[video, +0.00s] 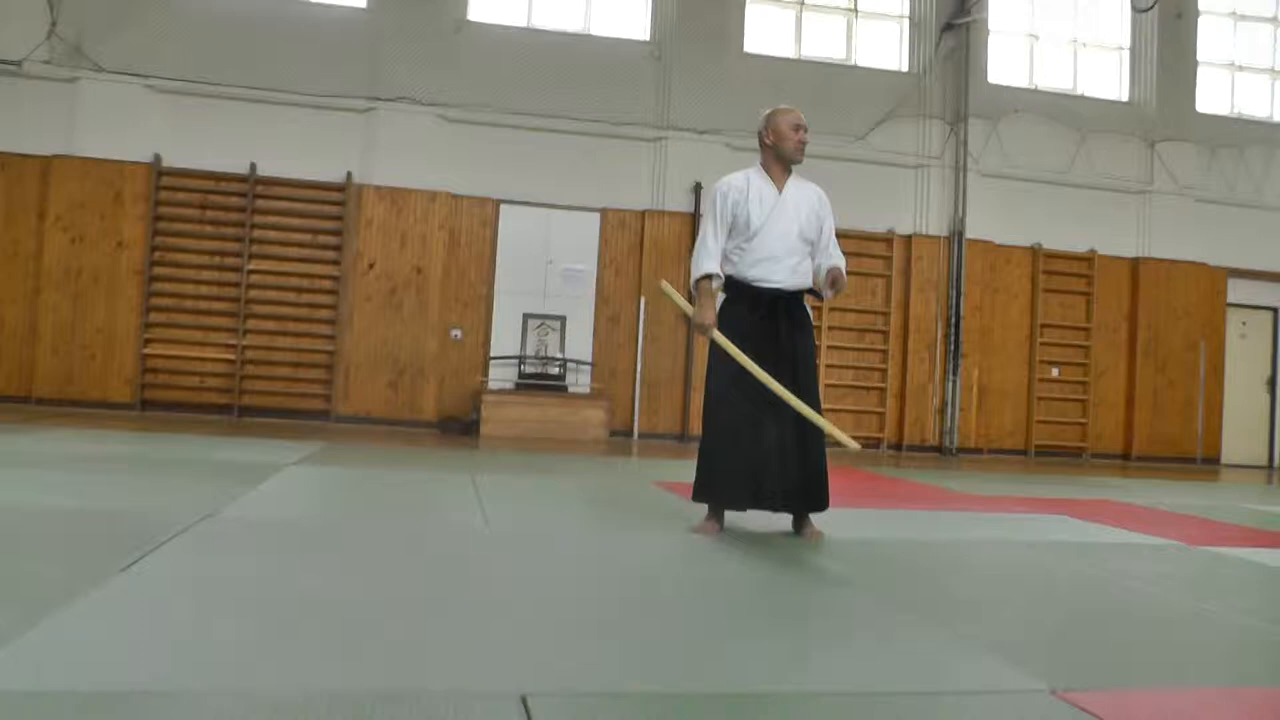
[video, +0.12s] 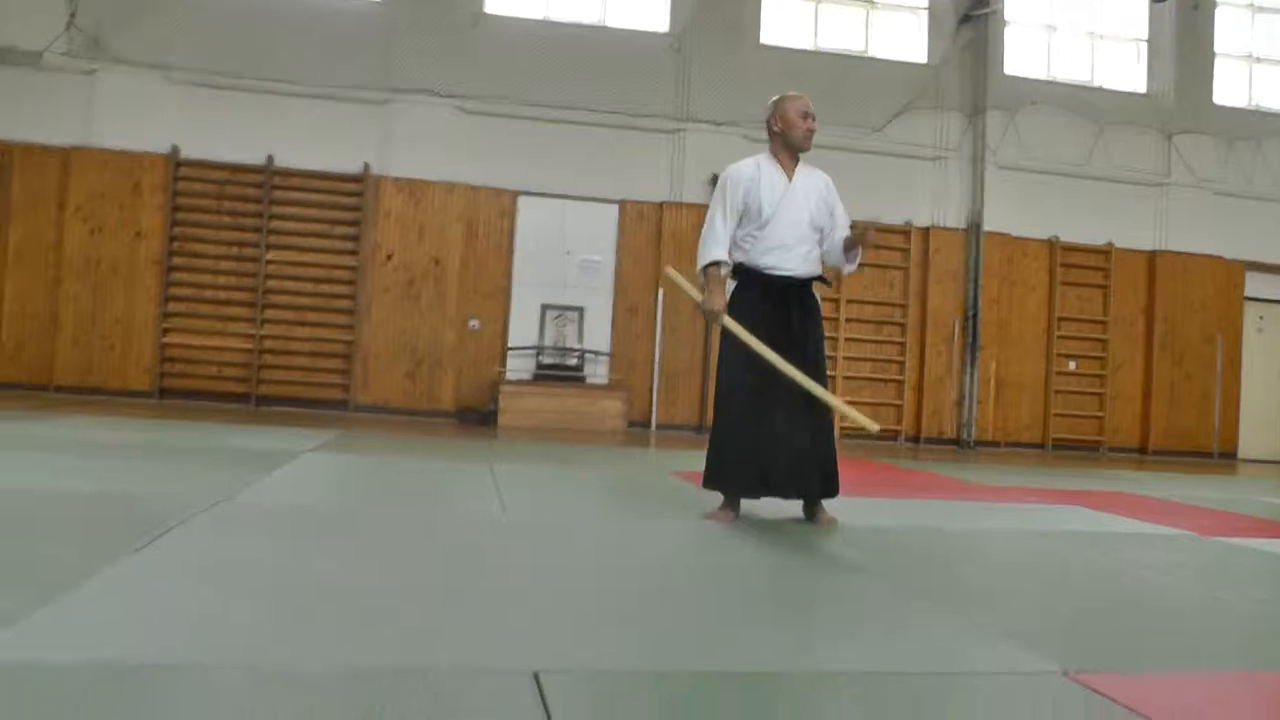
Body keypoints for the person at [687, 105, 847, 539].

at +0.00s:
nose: (805, 137)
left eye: (805, 131)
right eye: (796, 129)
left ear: (801, 141)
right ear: (767, 137)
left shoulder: (814, 197)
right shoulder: (732, 188)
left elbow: (828, 253)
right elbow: (708, 247)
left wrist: (834, 274)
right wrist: (705, 300)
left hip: (792, 312)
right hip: (741, 308)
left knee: (801, 409)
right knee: (728, 406)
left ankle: (802, 516)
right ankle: (715, 513)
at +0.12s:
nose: (813, 125)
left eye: (814, 119)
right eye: (804, 117)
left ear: (808, 129)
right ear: (775, 124)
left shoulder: (821, 183)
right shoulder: (740, 176)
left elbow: (833, 250)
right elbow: (716, 234)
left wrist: (854, 241)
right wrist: (714, 287)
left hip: (801, 299)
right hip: (751, 295)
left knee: (811, 396)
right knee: (741, 393)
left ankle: (814, 501)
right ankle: (730, 500)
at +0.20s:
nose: (808, 117)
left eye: (809, 111)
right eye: (800, 109)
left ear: (797, 118)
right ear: (772, 113)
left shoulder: (812, 170)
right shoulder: (737, 162)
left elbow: (830, 229)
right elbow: (711, 218)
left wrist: (851, 202)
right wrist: (710, 272)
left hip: (794, 286)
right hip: (747, 283)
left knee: (801, 381)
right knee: (736, 379)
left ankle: (804, 485)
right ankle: (727, 485)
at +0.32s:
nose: (753, 108)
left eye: (755, 102)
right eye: (746, 99)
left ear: (751, 108)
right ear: (719, 101)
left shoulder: (753, 159)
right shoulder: (684, 150)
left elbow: (767, 212)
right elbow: (660, 204)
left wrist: (794, 201)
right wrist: (662, 262)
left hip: (735, 271)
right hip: (690, 267)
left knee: (741, 365)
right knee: (682, 364)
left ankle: (741, 469)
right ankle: (673, 470)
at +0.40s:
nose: (708, 110)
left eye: (709, 103)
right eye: (700, 102)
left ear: (704, 111)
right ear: (672, 107)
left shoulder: (710, 164)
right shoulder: (642, 155)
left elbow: (726, 223)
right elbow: (621, 212)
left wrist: (747, 235)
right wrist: (628, 268)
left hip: (692, 275)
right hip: (647, 271)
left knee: (695, 370)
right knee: (640, 369)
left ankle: (688, 472)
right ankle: (633, 472)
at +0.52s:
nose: (656, 139)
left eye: (658, 133)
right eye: (648, 131)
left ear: (656, 142)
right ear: (622, 136)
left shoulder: (660, 195)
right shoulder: (595, 184)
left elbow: (669, 252)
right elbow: (578, 241)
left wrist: (676, 287)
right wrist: (588, 295)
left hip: (644, 303)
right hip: (603, 297)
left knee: (640, 399)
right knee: (594, 398)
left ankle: (632, 499)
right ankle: (587, 499)